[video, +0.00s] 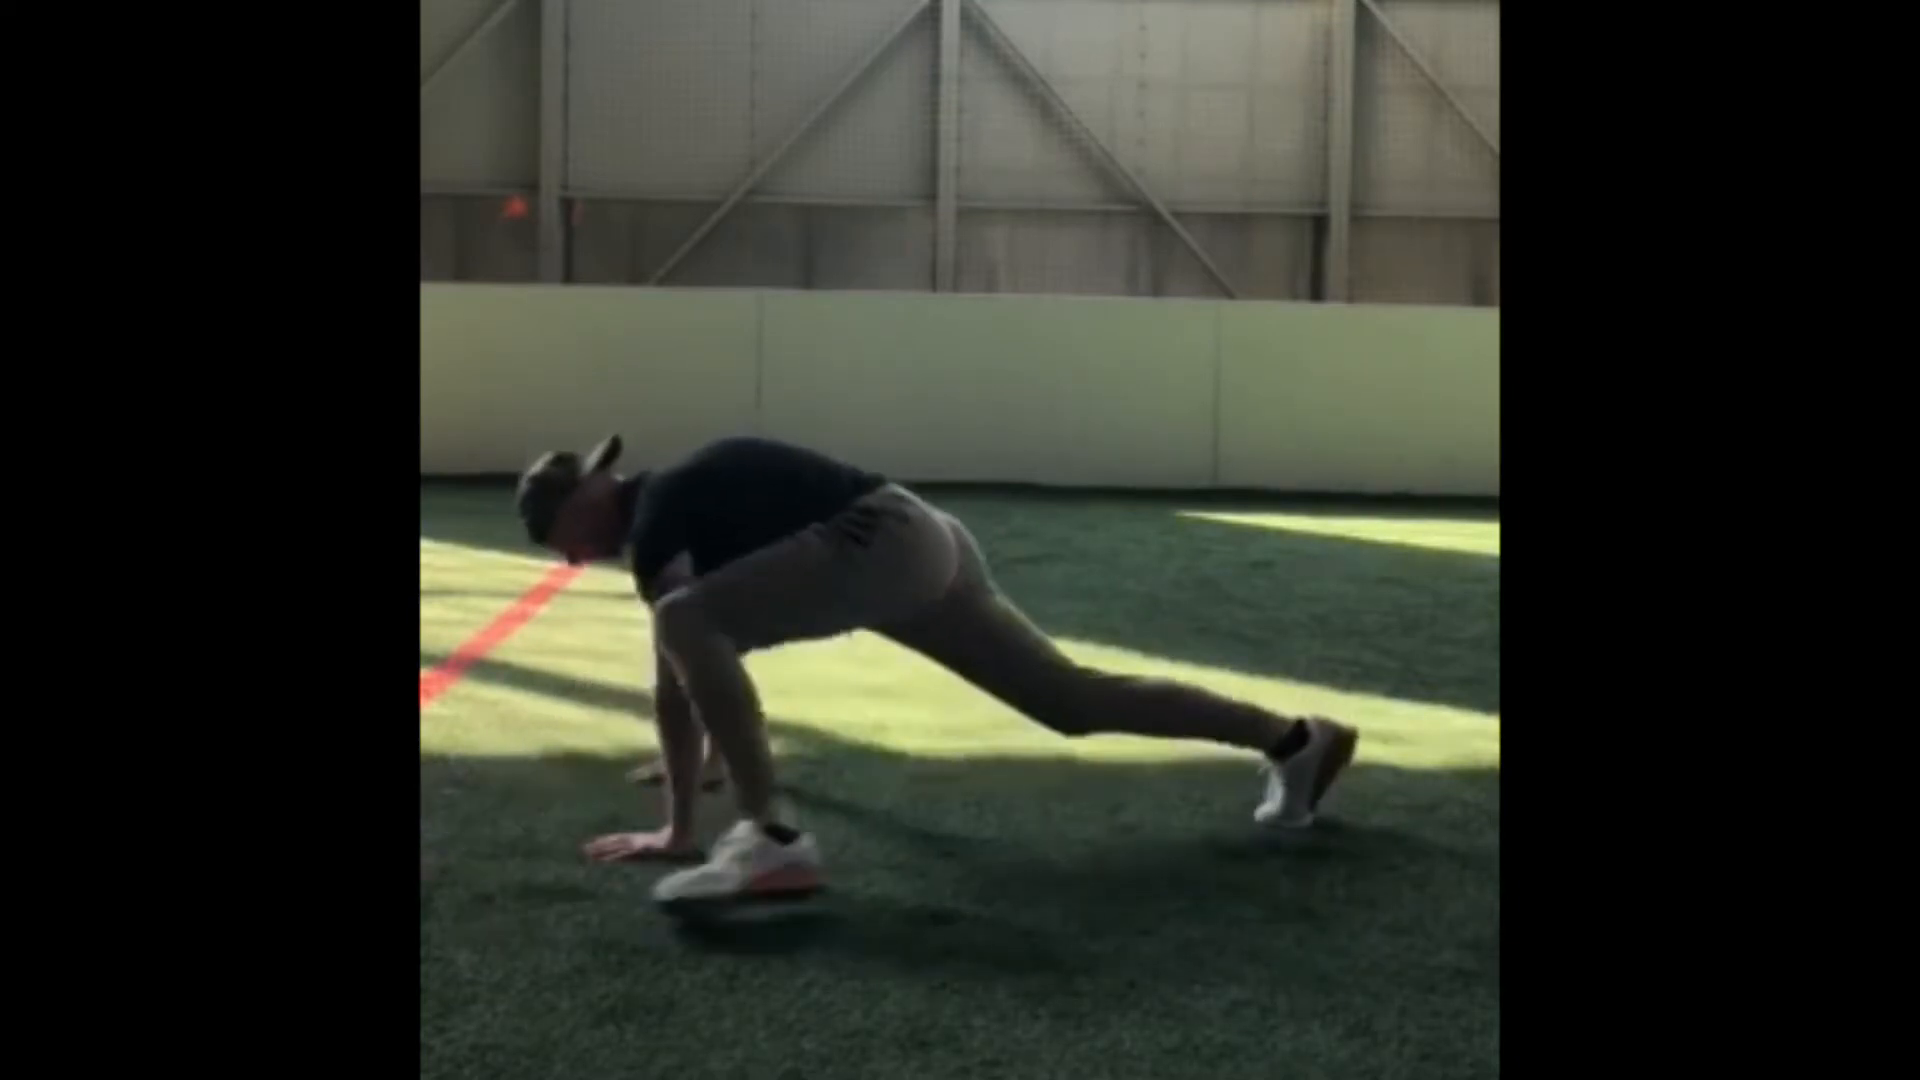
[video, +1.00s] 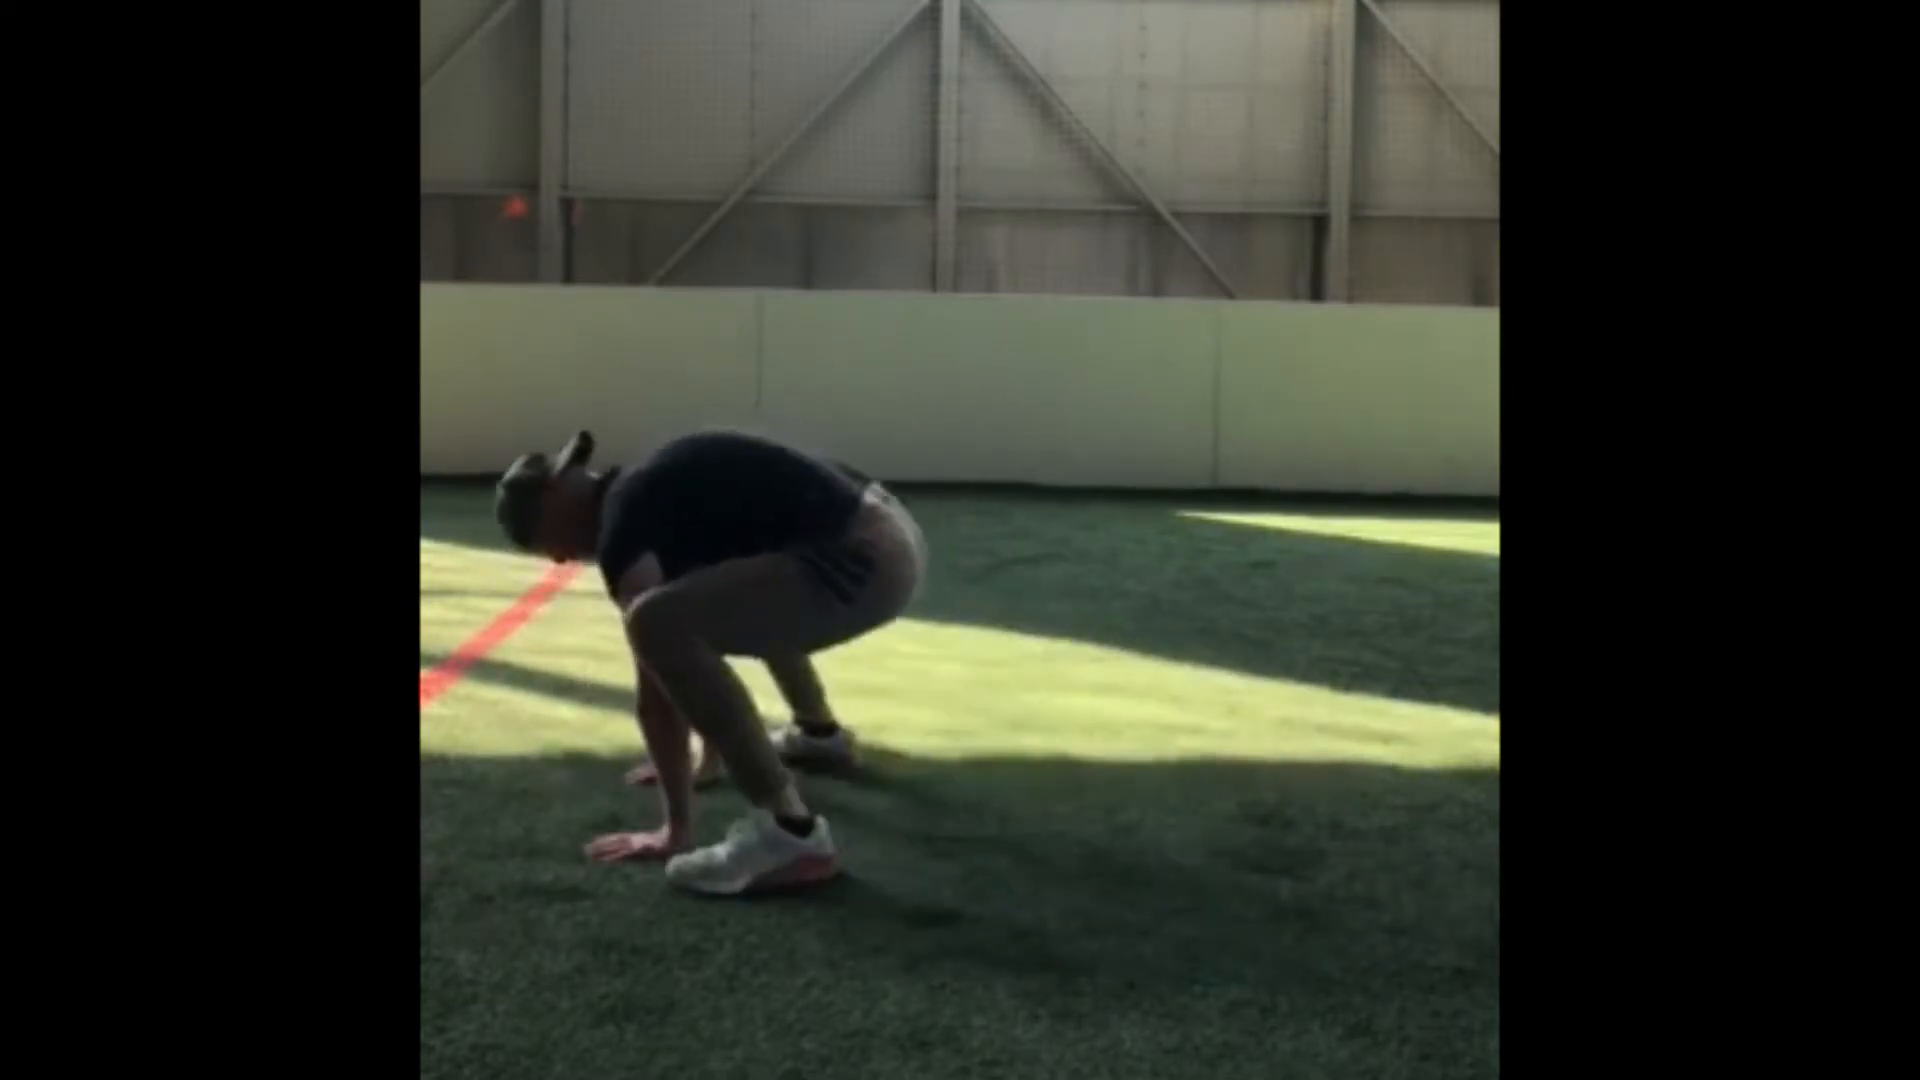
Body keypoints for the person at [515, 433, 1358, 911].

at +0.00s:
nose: (575, 559)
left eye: (566, 542)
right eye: (564, 550)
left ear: (589, 505)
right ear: (602, 498)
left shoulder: (653, 520)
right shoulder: (680, 505)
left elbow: (672, 682)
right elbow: (708, 659)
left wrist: (675, 828)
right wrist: (698, 781)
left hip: (883, 545)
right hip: (930, 546)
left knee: (685, 619)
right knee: (1072, 701)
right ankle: (1295, 742)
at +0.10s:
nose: (566, 562)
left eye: (557, 546)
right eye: (554, 552)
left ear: (578, 511)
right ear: (595, 495)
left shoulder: (638, 530)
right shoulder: (674, 505)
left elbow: (666, 679)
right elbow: (718, 645)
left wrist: (678, 824)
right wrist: (714, 752)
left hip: (881, 530)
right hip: (929, 505)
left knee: (779, 725)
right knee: (1071, 665)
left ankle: (1003, 768)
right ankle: (1291, 739)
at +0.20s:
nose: (568, 569)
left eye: (558, 553)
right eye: (555, 559)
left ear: (577, 508)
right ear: (593, 490)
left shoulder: (628, 532)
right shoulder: (678, 497)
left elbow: (663, 685)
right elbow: (717, 655)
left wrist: (678, 829)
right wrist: (713, 752)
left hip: (878, 531)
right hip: (918, 488)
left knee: (938, 762)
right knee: (1080, 635)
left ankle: (1175, 752)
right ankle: (1284, 726)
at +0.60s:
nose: (550, 596)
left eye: (538, 583)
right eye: (538, 587)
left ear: (551, 539)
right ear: (569, 516)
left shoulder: (620, 537)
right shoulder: (657, 514)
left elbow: (660, 693)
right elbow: (706, 667)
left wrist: (678, 831)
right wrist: (708, 763)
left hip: (883, 517)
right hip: (896, 490)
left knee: (1011, 692)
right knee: (1033, 660)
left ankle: (1251, 751)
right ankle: (1240, 715)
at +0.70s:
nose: (565, 598)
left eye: (550, 585)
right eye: (549, 592)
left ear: (562, 539)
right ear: (571, 525)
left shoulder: (624, 532)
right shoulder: (657, 515)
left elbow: (661, 684)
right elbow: (705, 652)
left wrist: (676, 829)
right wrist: (713, 760)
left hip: (871, 453)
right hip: (886, 437)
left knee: (897, 687)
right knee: (932, 640)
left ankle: (1136, 738)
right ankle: (1122, 672)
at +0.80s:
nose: (568, 592)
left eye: (554, 578)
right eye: (552, 587)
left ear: (568, 535)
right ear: (575, 522)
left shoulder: (630, 530)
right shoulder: (663, 518)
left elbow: (667, 684)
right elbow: (710, 644)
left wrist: (678, 832)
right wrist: (708, 760)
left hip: (874, 446)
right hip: (891, 429)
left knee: (759, 637)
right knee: (825, 579)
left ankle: (949, 771)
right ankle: (976, 681)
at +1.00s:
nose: (558, 556)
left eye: (546, 539)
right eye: (544, 549)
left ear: (558, 502)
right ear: (569, 484)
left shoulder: (625, 525)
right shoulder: (657, 491)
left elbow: (659, 684)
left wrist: (674, 828)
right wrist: (705, 751)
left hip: (862, 563)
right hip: (890, 535)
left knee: (657, 624)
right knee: (737, 583)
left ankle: (791, 827)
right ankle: (819, 732)